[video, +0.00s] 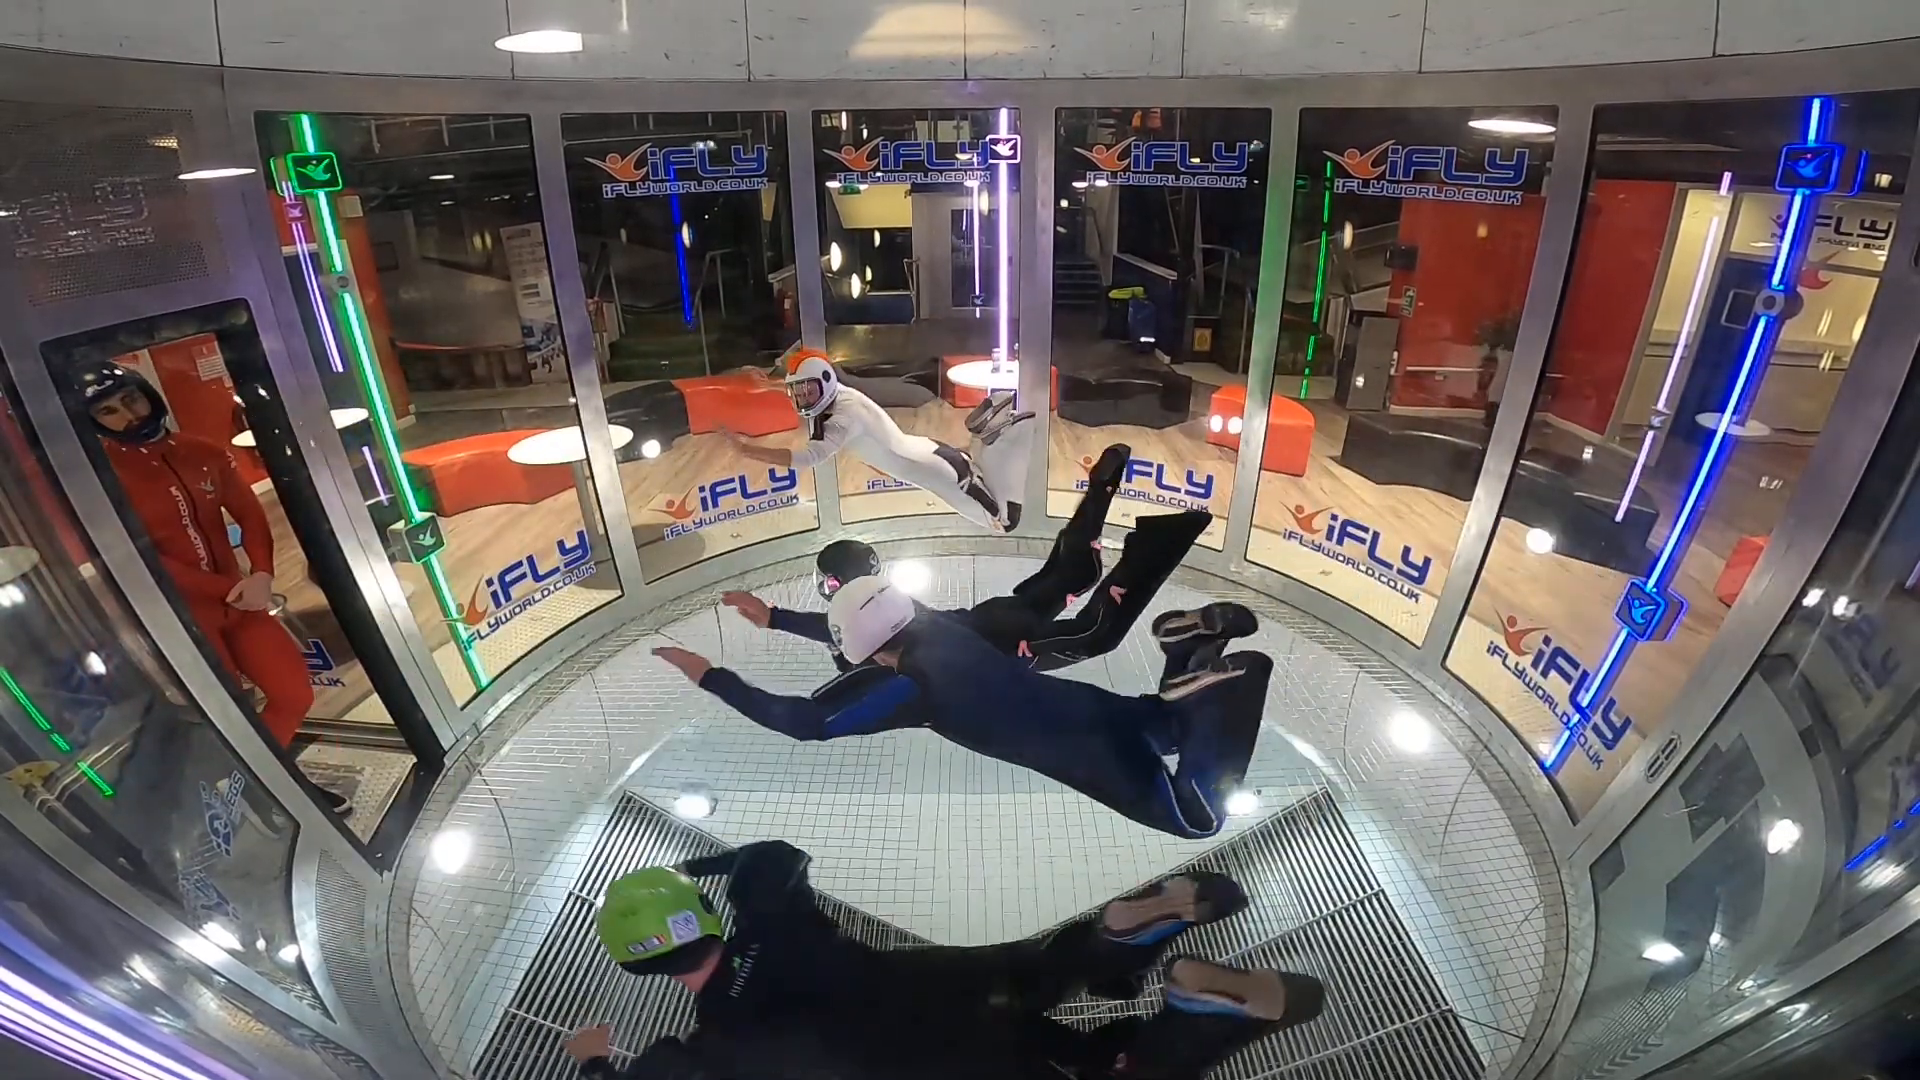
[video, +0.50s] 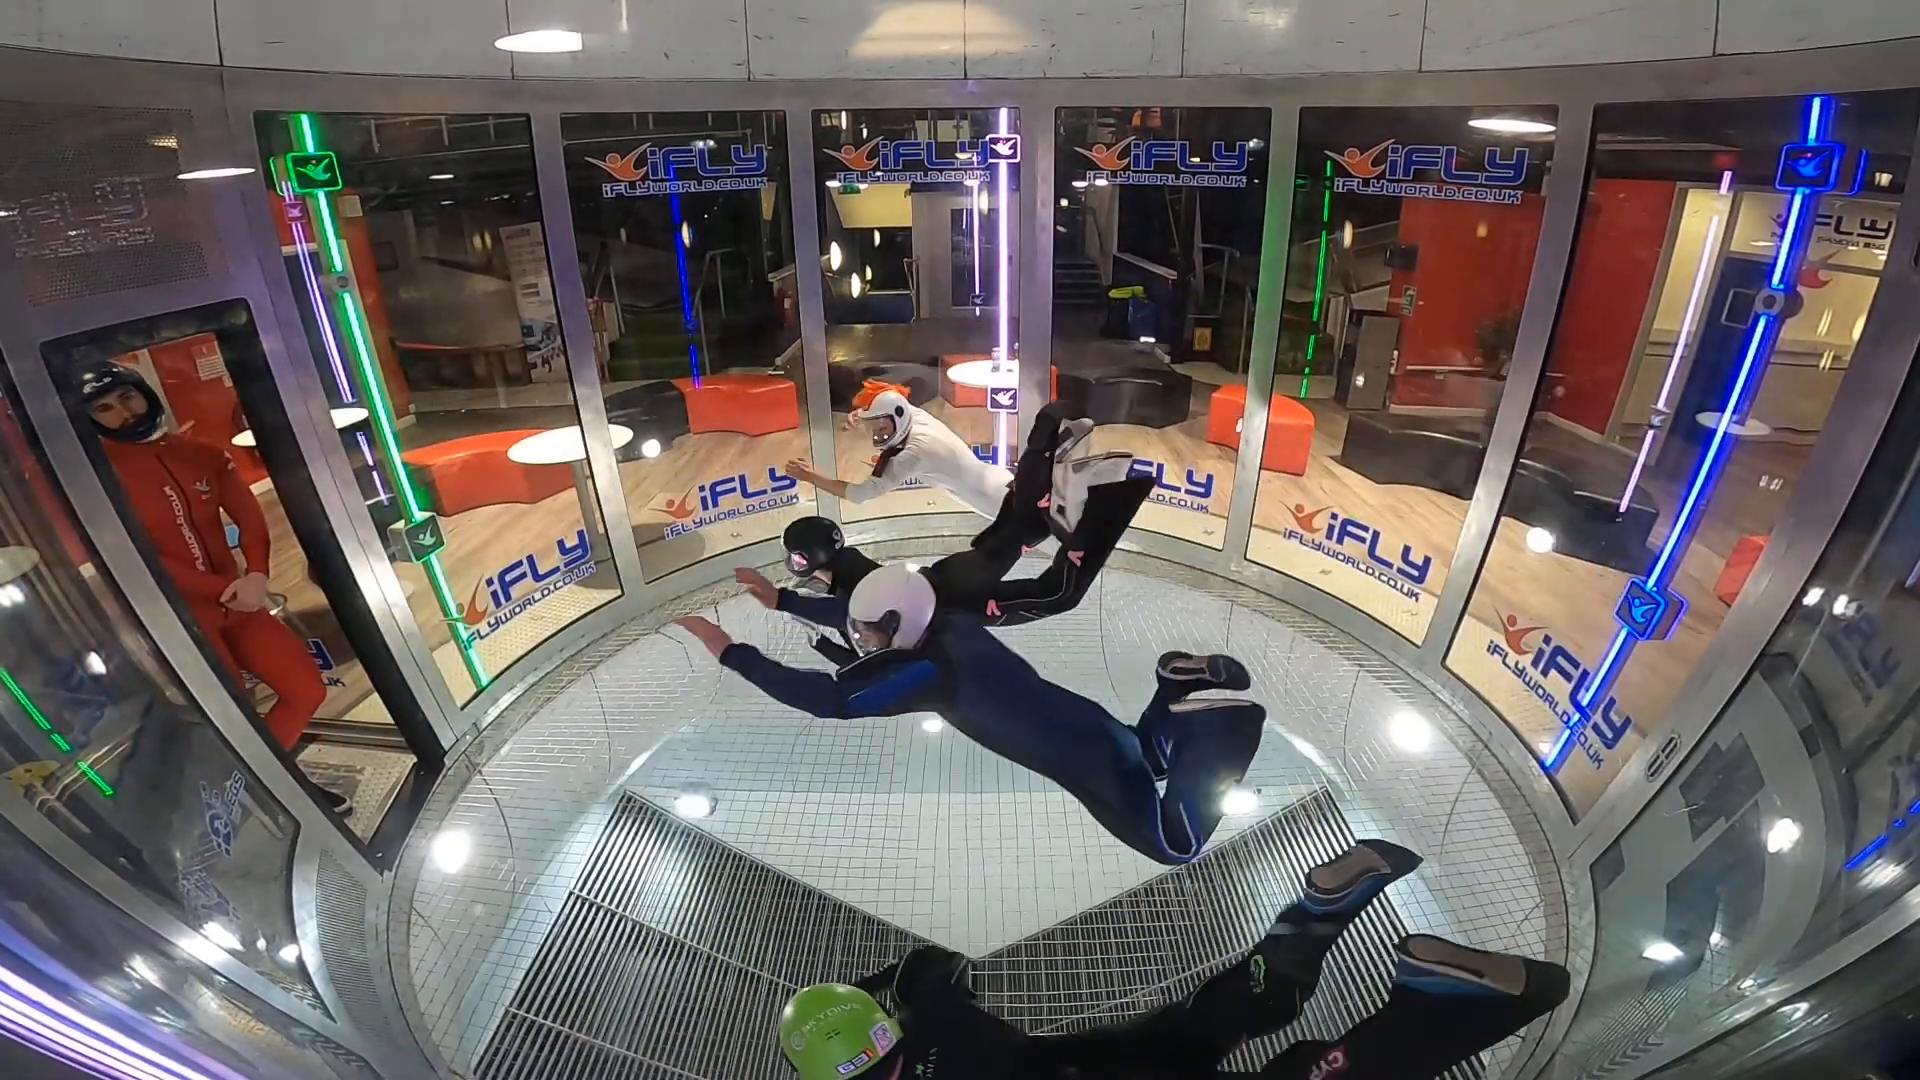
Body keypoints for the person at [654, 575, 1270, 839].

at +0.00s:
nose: (857, 652)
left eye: (860, 643)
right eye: (857, 642)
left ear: (880, 638)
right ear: (893, 613)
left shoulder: (916, 680)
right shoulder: (926, 625)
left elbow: (806, 720)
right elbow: (845, 630)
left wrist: (712, 677)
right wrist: (771, 617)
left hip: (1084, 749)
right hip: (1089, 709)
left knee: (1196, 814)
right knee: (1175, 760)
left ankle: (1202, 689)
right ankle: (1195, 670)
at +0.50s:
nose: (859, 638)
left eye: (867, 631)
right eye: (860, 629)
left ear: (899, 631)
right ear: (899, 617)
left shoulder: (934, 668)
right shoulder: (937, 621)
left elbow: (832, 698)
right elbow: (848, 616)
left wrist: (734, 655)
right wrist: (781, 602)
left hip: (1090, 759)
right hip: (1089, 725)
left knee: (1180, 845)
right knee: (1154, 809)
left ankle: (1194, 714)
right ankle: (1175, 690)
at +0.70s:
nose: (930, 632)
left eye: (939, 621)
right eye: (927, 620)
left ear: (971, 616)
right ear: (974, 603)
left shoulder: (1001, 659)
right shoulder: (1007, 616)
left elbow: (910, 717)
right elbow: (904, 599)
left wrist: (851, 642)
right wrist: (851, 583)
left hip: (1159, 745)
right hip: (1154, 709)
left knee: (1265, 821)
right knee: (1220, 735)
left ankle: (1249, 690)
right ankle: (1238, 662)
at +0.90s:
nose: (1018, 628)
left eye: (1029, 618)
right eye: (1015, 614)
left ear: (1059, 616)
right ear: (1050, 600)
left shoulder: (1076, 669)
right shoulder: (1090, 607)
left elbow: (1003, 729)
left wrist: (936, 668)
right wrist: (981, 594)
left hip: (1252, 725)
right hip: (1239, 682)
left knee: (1385, 765)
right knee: (1320, 678)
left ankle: (1383, 640)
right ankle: (1350, 616)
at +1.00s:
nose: (1061, 640)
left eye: (1071, 630)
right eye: (1060, 628)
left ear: (1101, 627)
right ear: (1086, 609)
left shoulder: (1122, 680)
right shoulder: (1126, 605)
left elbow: (1053, 743)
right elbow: (1087, 585)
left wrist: (978, 695)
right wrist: (1038, 603)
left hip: (1307, 713)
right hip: (1290, 663)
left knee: (1441, 736)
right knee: (1355, 644)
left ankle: (1476, 615)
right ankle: (1401, 572)